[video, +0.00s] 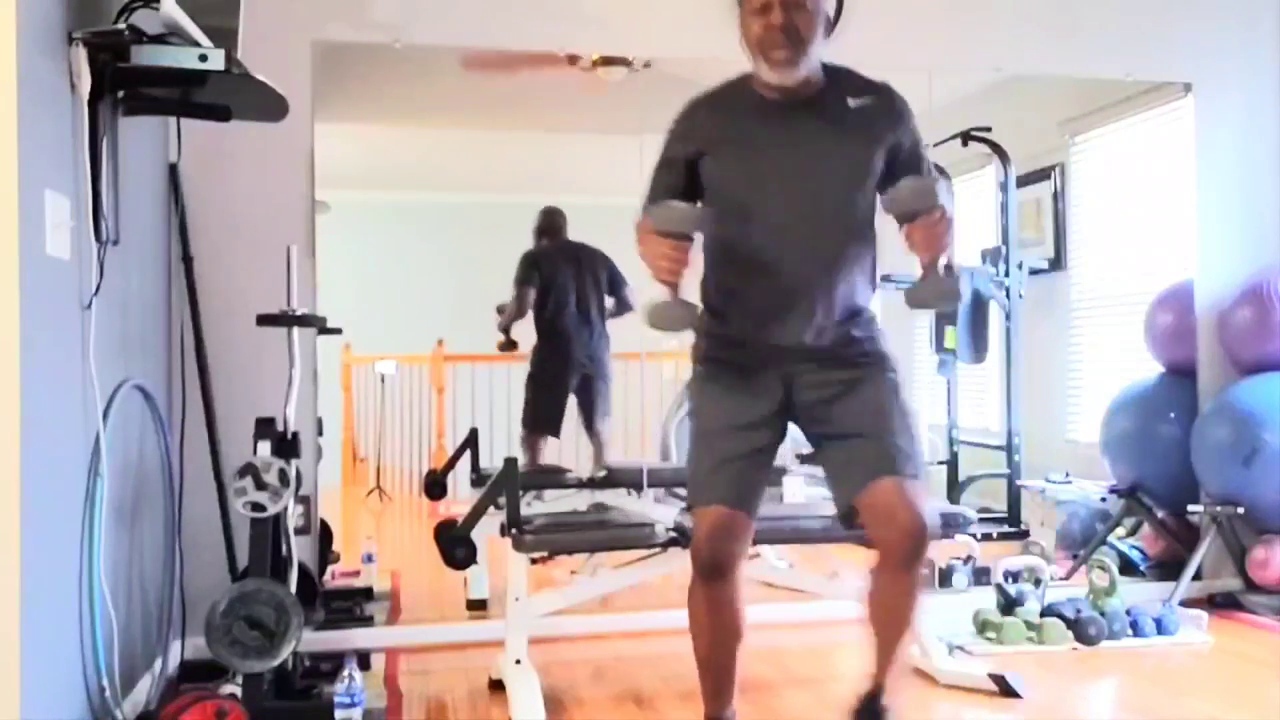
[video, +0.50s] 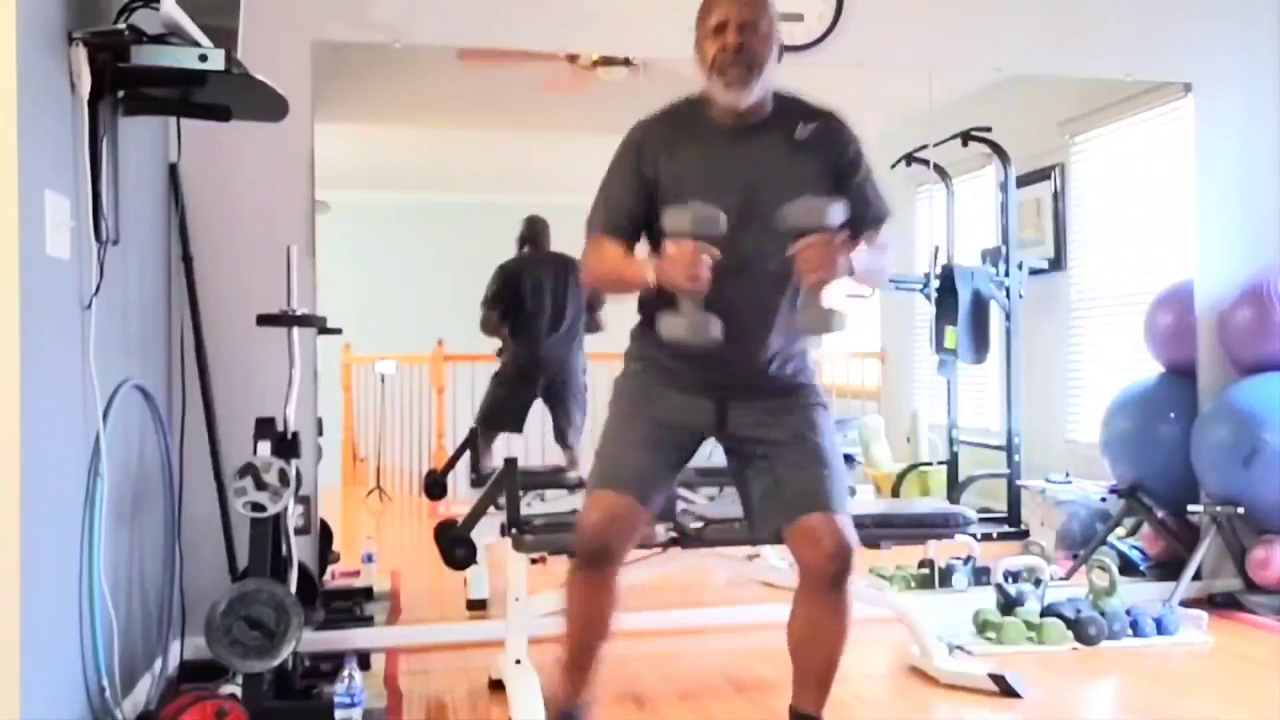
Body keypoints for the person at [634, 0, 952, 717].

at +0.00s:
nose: (777, 22)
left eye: (795, 6)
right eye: (760, 7)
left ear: (828, 14)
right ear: (740, 18)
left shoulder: (878, 111)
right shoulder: (704, 119)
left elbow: (920, 209)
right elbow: (657, 223)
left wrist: (931, 231)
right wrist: (659, 250)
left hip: (846, 356)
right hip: (735, 360)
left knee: (906, 529)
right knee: (713, 546)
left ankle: (878, 696)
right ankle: (718, 714)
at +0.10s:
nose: (763, 22)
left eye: (782, 7)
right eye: (747, 8)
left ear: (814, 18)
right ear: (727, 23)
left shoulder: (865, 110)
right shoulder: (695, 121)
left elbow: (916, 201)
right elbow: (642, 218)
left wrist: (934, 221)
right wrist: (630, 249)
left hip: (820, 366)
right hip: (714, 367)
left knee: (857, 559)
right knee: (701, 549)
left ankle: (813, 711)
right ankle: (714, 712)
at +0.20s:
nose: (757, 30)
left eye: (775, 16)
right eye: (741, 18)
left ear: (807, 31)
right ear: (723, 35)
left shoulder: (859, 123)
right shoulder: (689, 133)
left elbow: (916, 207)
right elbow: (635, 224)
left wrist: (929, 228)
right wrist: (617, 251)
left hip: (805, 384)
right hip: (697, 380)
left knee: (833, 570)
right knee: (688, 559)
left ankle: (805, 713)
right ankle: (713, 712)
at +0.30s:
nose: (754, 18)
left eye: (772, 4)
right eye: (738, 5)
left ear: (802, 17)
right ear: (719, 17)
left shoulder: (852, 115)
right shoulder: (677, 116)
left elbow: (904, 218)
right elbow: (624, 210)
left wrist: (903, 229)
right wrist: (626, 244)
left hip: (797, 371)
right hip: (689, 367)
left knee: (817, 551)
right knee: (680, 546)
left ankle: (804, 714)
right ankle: (707, 712)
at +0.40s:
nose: (745, 18)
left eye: (762, 3)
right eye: (730, 4)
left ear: (791, 14)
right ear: (712, 15)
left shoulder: (842, 110)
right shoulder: (667, 107)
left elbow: (891, 212)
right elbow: (603, 212)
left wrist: (875, 232)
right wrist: (632, 240)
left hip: (787, 364)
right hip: (676, 358)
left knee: (812, 544)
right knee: (632, 522)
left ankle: (803, 715)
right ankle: (656, 692)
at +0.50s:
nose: (732, 41)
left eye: (749, 26)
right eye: (717, 29)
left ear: (776, 39)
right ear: (698, 44)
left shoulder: (822, 137)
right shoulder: (654, 141)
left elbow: (879, 254)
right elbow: (596, 263)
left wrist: (847, 254)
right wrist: (655, 268)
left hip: (777, 382)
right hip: (666, 375)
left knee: (829, 553)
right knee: (596, 537)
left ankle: (806, 714)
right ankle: (569, 703)